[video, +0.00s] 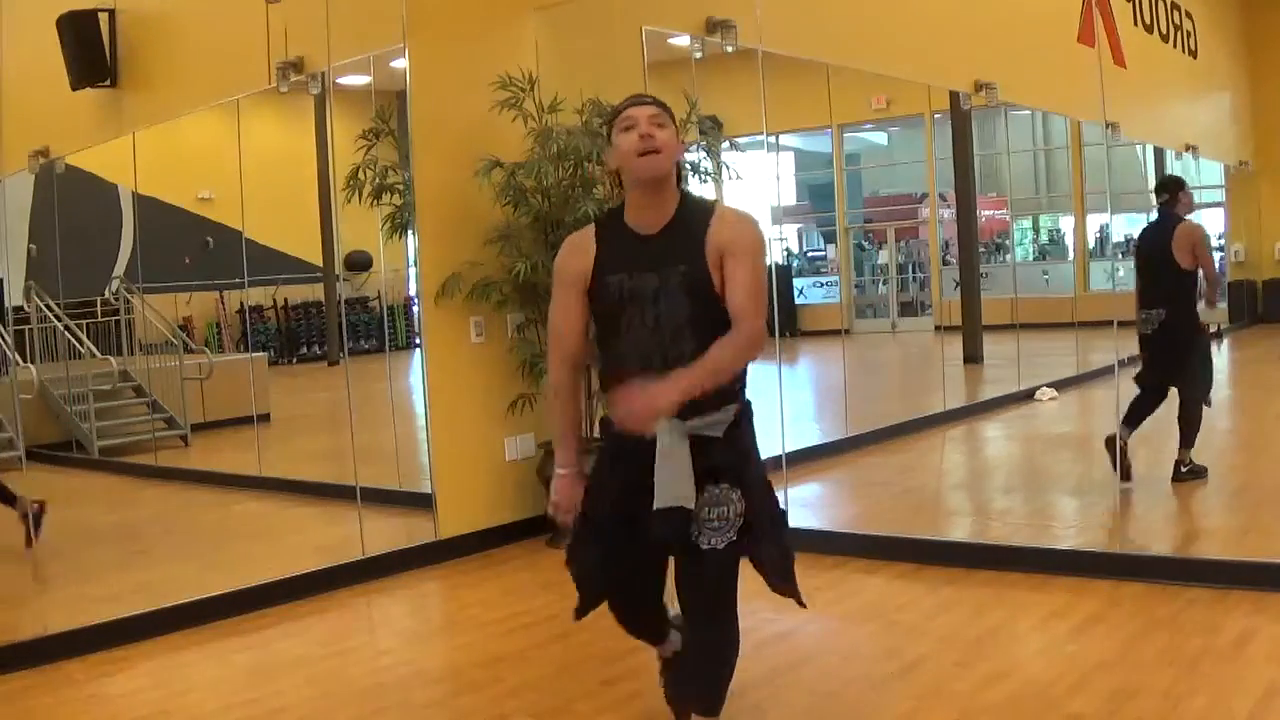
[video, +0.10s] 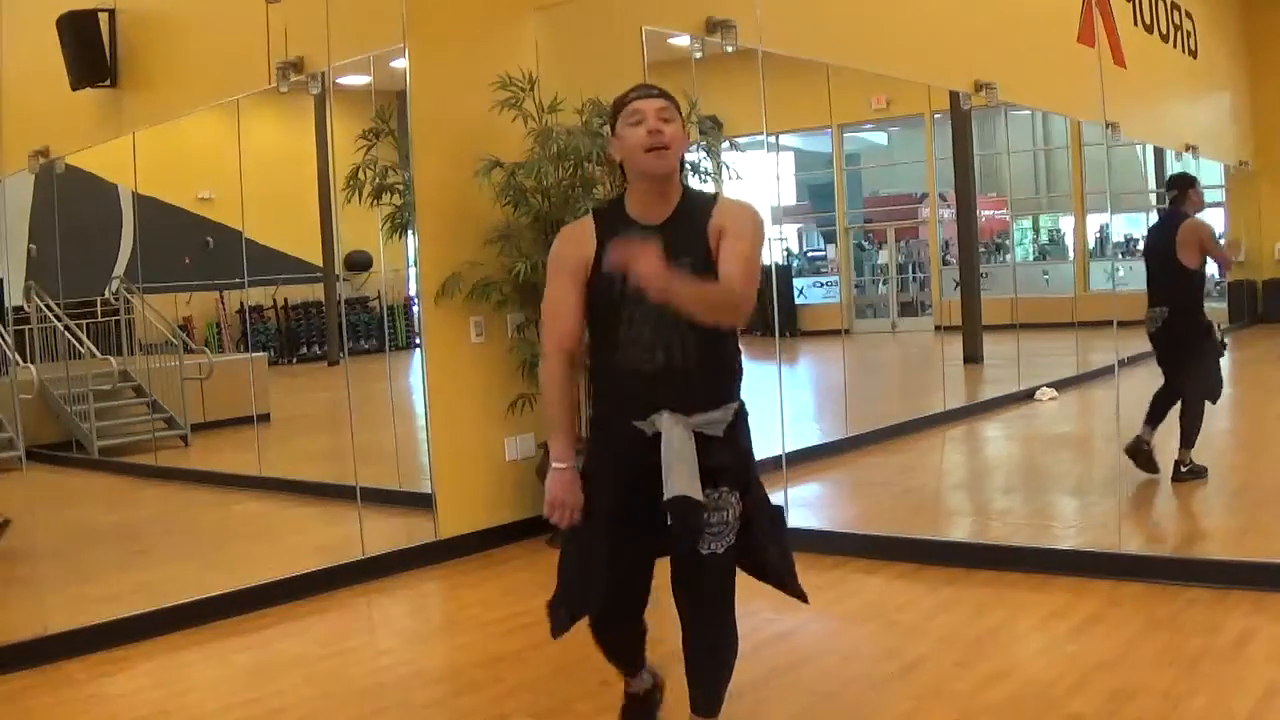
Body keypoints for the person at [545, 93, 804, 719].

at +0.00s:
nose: (646, 133)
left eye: (658, 124)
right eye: (629, 129)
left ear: (681, 147)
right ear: (611, 159)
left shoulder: (731, 232)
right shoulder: (581, 250)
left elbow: (750, 334)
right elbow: (565, 362)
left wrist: (670, 390)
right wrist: (566, 465)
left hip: (714, 439)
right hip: (628, 442)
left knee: (707, 599)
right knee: (625, 589)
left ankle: (698, 707)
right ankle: (670, 641)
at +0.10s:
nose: (654, 128)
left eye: (666, 119)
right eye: (637, 123)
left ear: (687, 140)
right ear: (615, 149)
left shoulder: (732, 220)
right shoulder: (579, 240)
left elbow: (735, 307)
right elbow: (559, 353)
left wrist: (666, 284)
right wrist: (562, 461)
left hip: (710, 434)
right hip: (620, 439)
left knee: (707, 601)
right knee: (610, 609)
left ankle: (707, 712)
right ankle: (640, 683)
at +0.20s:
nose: (670, 123)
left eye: (679, 114)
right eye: (651, 112)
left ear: (692, 134)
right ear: (617, 137)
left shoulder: (730, 204)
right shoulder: (576, 230)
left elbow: (712, 231)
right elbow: (558, 346)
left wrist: (666, 179)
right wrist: (572, 456)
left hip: (706, 435)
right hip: (613, 443)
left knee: (706, 603)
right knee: (604, 612)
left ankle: (705, 714)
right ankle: (606, 717)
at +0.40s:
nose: (656, 125)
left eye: (668, 115)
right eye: (636, 116)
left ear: (685, 134)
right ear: (607, 138)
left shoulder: (712, 195)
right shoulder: (557, 217)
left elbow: (651, 209)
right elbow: (552, 346)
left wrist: (558, 200)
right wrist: (610, 452)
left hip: (690, 453)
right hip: (590, 459)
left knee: (703, 629)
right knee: (591, 647)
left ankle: (705, 712)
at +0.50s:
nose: (623, 131)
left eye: (638, 118)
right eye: (604, 120)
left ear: (657, 138)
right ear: (580, 142)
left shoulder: (697, 203)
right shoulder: (533, 234)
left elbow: (666, 273)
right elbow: (528, 357)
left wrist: (535, 270)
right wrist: (599, 457)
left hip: (682, 466)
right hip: (576, 472)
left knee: (697, 639)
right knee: (585, 677)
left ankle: (701, 712)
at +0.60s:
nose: (587, 126)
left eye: (601, 113)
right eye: (568, 116)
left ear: (626, 132)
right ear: (547, 140)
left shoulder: (679, 220)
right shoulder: (508, 240)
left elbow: (665, 354)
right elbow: (498, 369)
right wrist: (550, 467)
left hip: (660, 473)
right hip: (554, 477)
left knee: (683, 646)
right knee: (565, 680)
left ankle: (696, 711)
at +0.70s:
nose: (557, 133)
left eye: (574, 118)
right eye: (538, 122)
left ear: (602, 139)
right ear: (519, 149)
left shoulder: (656, 235)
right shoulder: (490, 255)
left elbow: (695, 380)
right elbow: (473, 392)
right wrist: (490, 504)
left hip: (653, 484)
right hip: (545, 487)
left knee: (672, 680)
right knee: (554, 693)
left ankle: (690, 710)